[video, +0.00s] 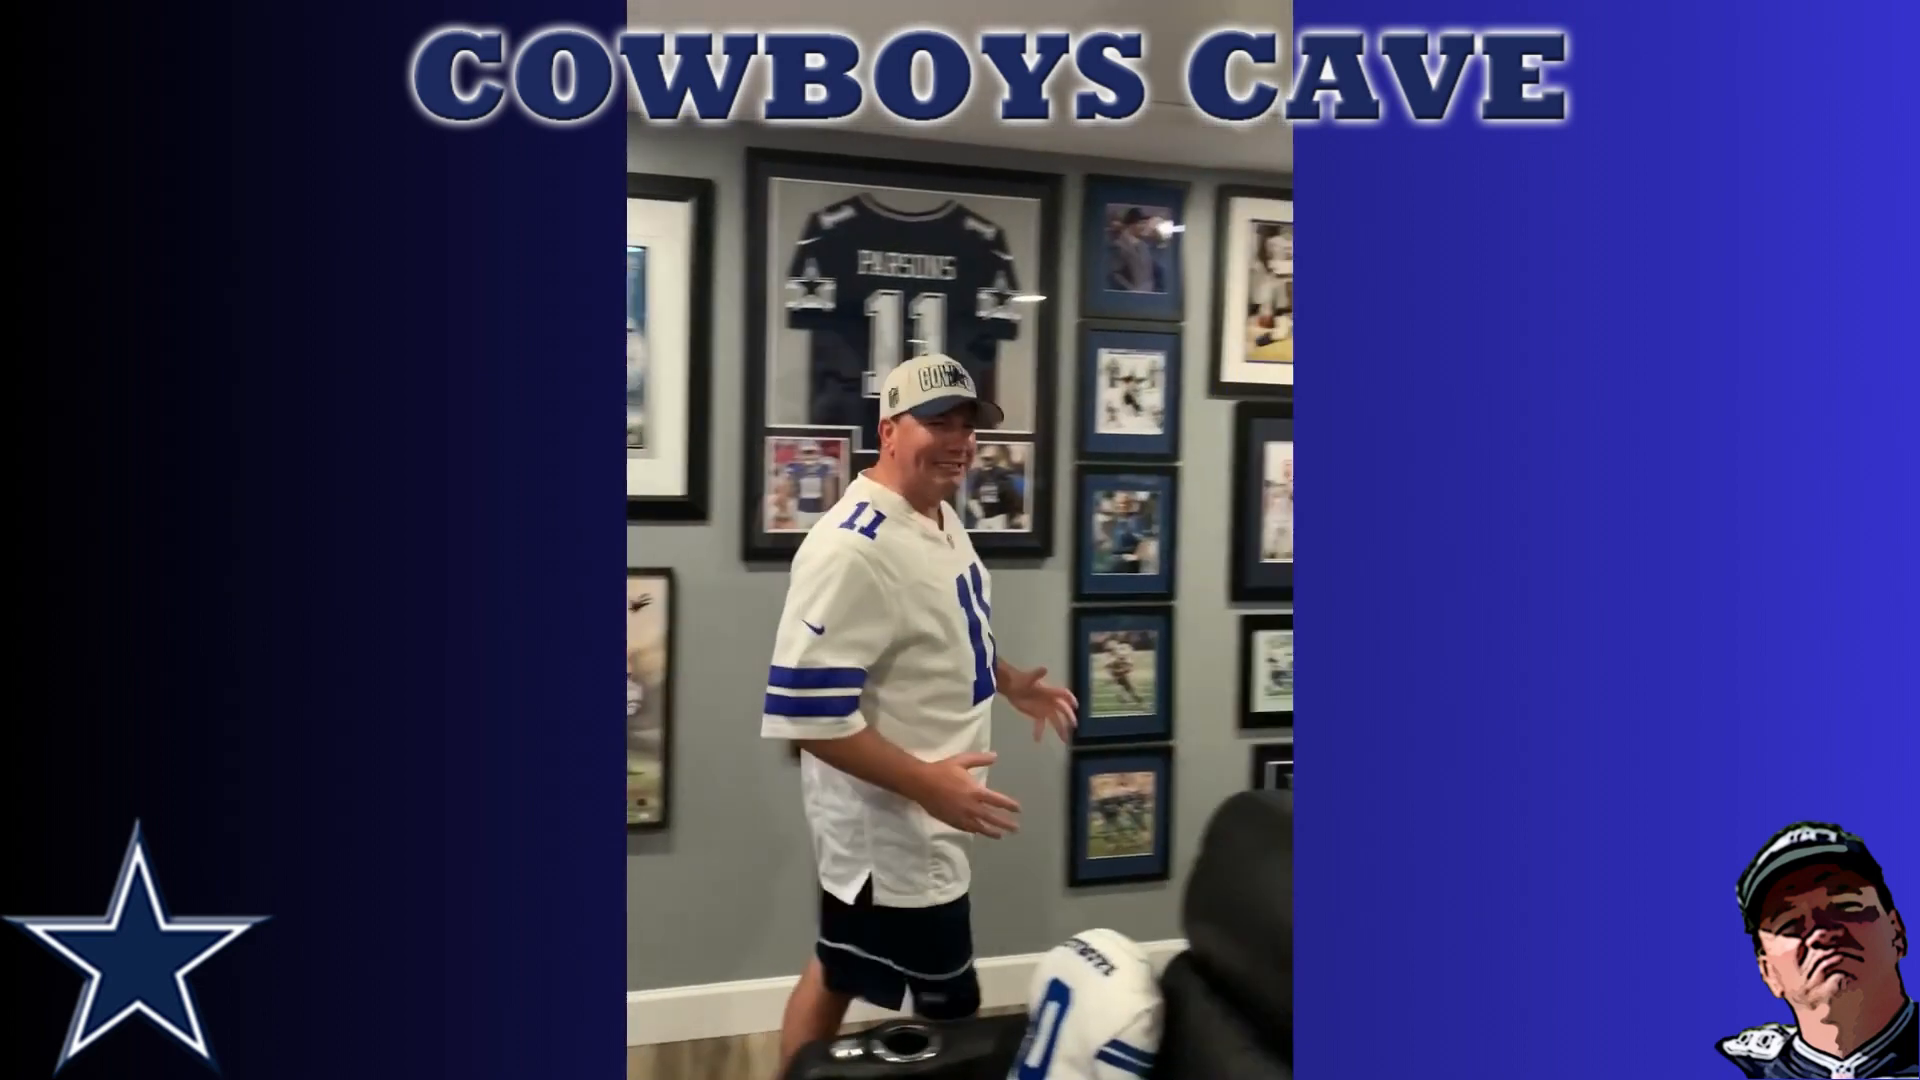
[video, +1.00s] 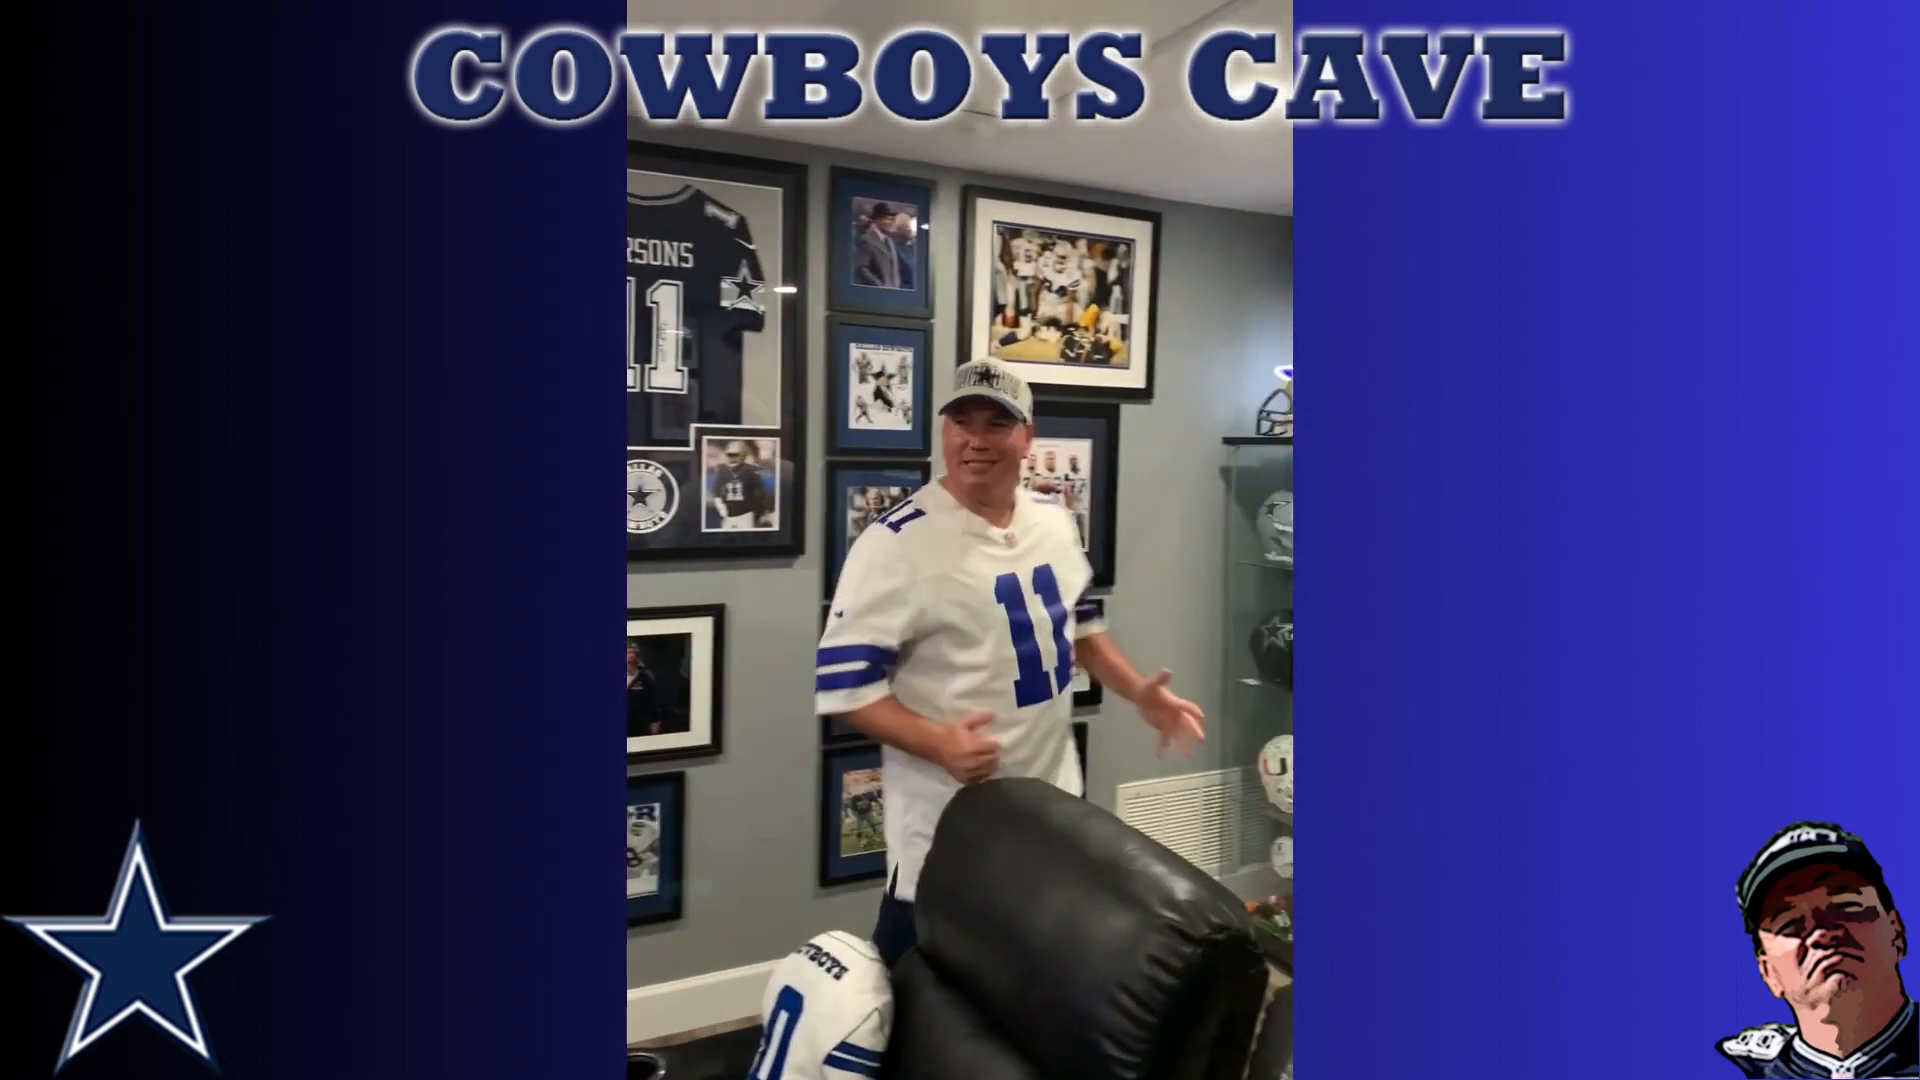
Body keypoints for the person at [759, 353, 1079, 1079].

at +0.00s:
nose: (960, 441)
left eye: (969, 425)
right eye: (941, 422)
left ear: (977, 433)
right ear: (891, 432)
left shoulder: (941, 519)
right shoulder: (851, 548)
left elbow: (949, 637)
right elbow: (813, 717)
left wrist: (1012, 681)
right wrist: (926, 784)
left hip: (905, 821)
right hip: (893, 834)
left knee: (833, 974)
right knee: (949, 1019)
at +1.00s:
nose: (976, 439)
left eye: (997, 423)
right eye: (962, 422)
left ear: (1027, 440)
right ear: (941, 433)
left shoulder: (1054, 525)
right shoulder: (895, 546)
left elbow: (1081, 630)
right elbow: (846, 686)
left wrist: (1137, 690)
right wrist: (937, 740)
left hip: (1051, 822)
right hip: (944, 832)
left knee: (1050, 983)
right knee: (933, 996)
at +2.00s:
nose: (1095, 415)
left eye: (1110, 405)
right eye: (1081, 404)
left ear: (1132, 429)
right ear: (1062, 427)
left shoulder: (1175, 515)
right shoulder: (1007, 509)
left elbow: (1212, 619)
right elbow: (957, 595)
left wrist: (1187, 649)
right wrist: (979, 626)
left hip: (1131, 773)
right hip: (1023, 771)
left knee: (1131, 937)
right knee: (1024, 931)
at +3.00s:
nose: (915, 411)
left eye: (931, 398)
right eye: (899, 397)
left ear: (953, 418)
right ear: (877, 417)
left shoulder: (1001, 509)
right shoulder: (851, 508)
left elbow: (1052, 621)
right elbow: (827, 605)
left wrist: (1004, 685)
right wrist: (797, 659)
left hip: (965, 784)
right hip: (867, 778)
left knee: (965, 942)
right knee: (864, 937)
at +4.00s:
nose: (794, 422)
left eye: (812, 406)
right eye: (793, 407)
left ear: (869, 412)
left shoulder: (898, 517)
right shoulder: (857, 502)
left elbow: (898, 682)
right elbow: (852, 637)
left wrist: (762, 727)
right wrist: (770, 660)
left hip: (857, 818)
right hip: (802, 804)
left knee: (869, 1018)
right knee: (778, 954)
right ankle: (811, 1073)